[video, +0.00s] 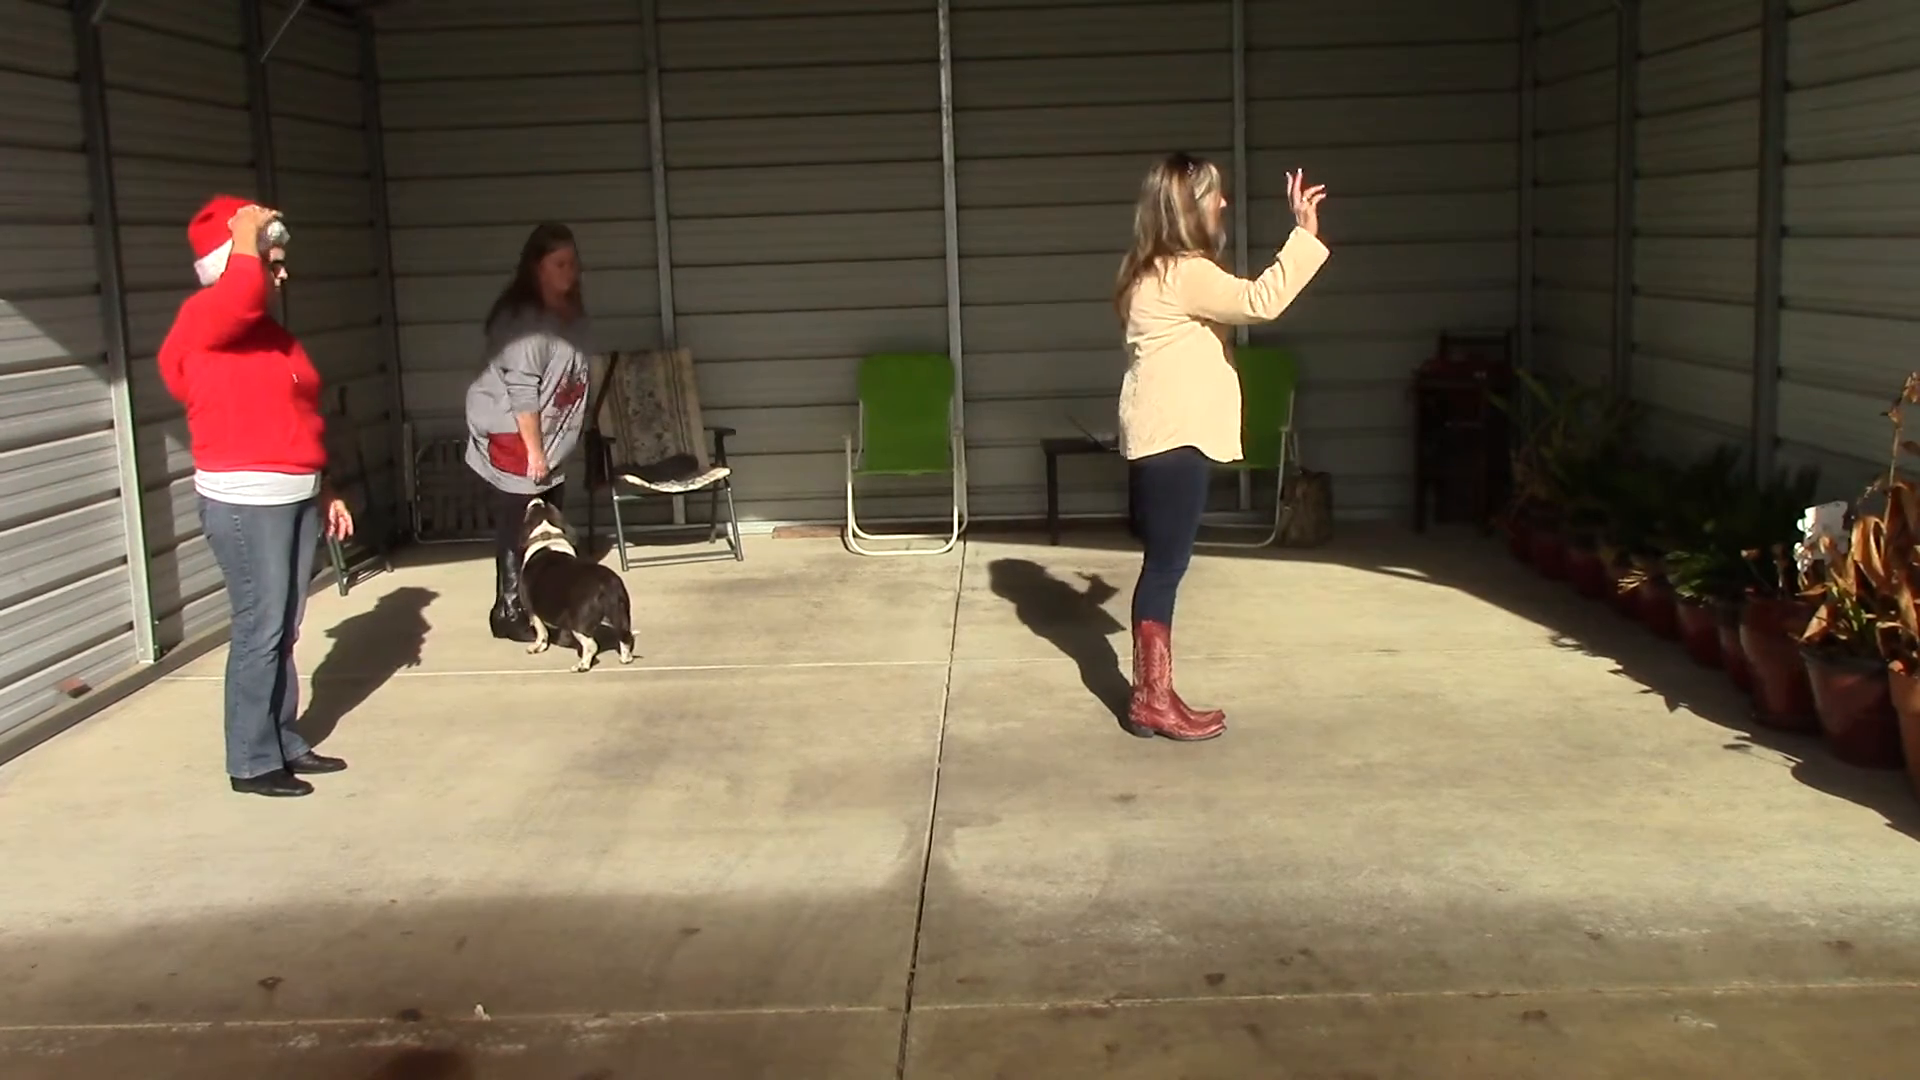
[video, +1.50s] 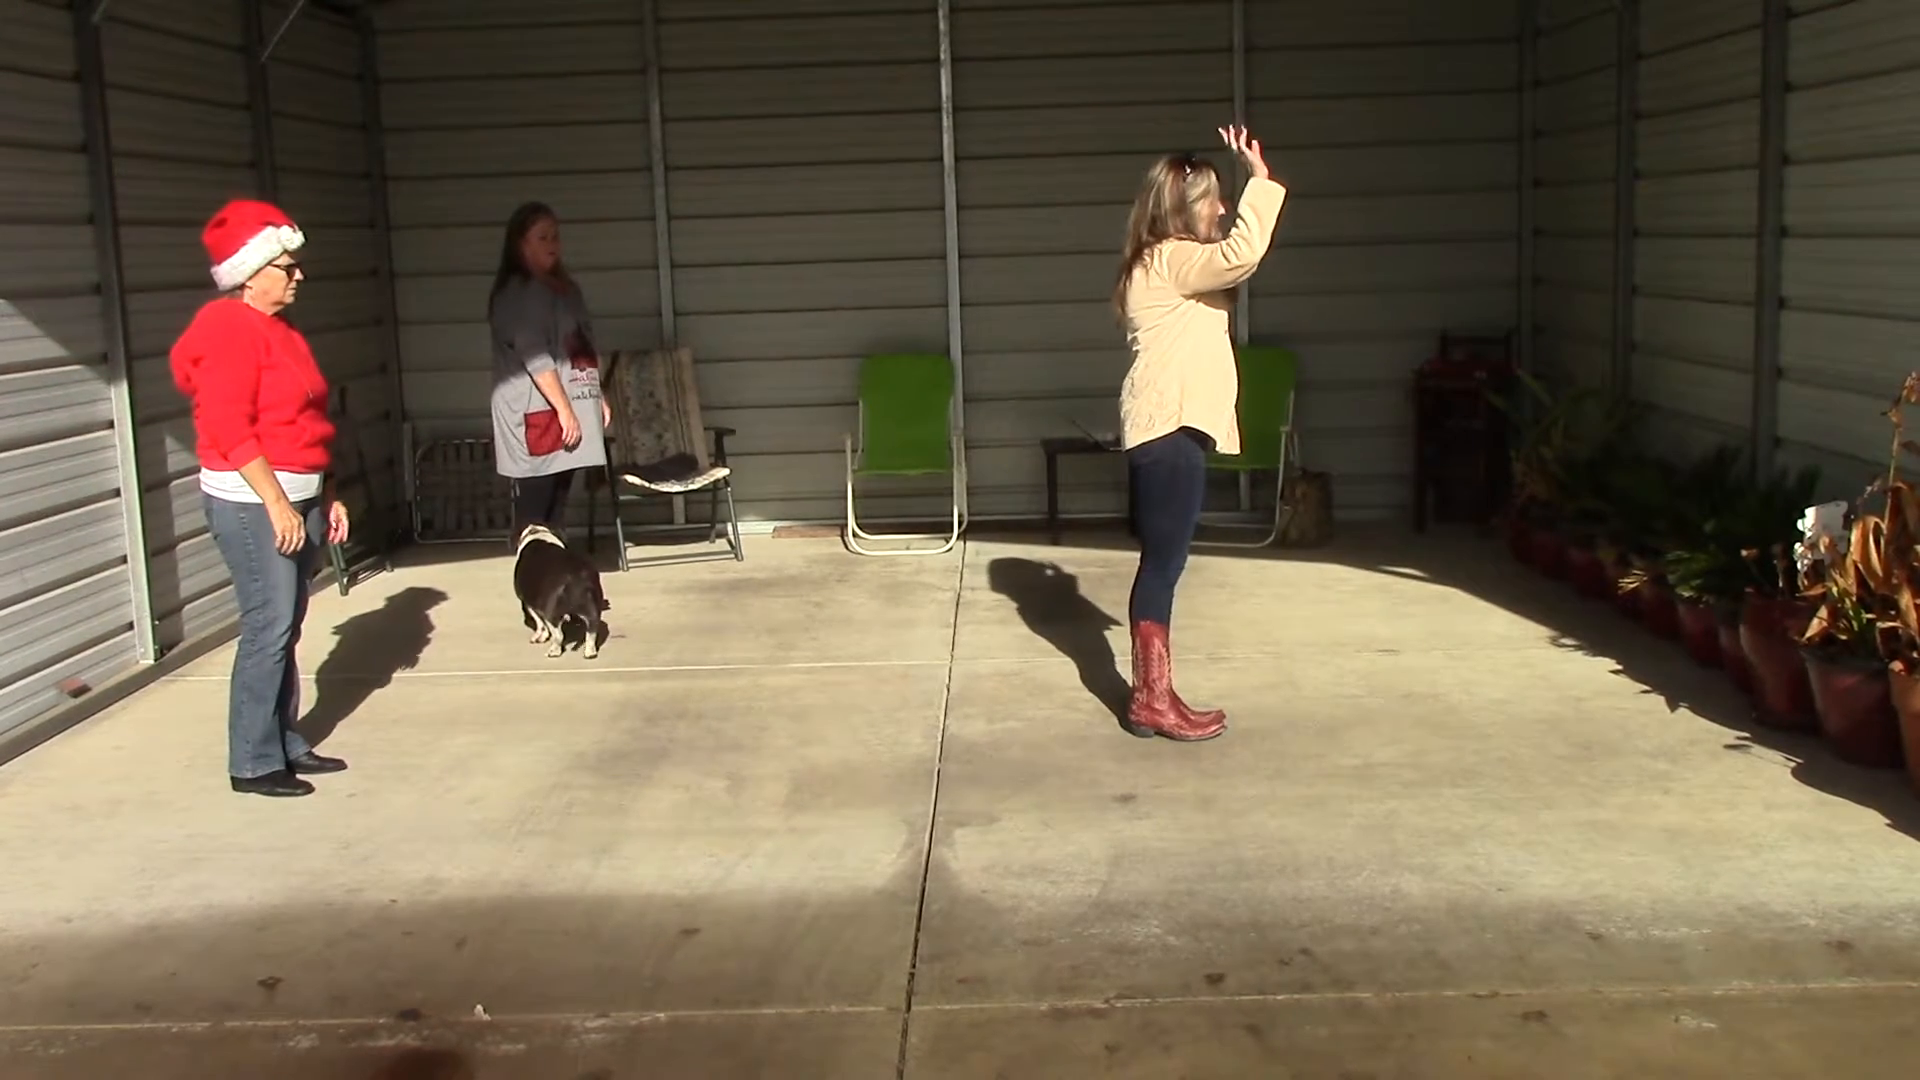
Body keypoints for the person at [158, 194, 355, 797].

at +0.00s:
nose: (283, 271)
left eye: (283, 260)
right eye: (273, 261)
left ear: (277, 266)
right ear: (230, 263)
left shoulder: (273, 332)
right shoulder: (199, 320)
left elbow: (301, 419)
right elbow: (244, 292)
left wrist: (325, 491)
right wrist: (245, 241)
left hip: (295, 494)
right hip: (244, 498)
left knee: (282, 630)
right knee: (259, 631)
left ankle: (282, 743)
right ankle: (250, 762)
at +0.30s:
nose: (279, 269)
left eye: (278, 258)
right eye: (268, 259)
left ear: (262, 264)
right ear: (229, 261)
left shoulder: (270, 331)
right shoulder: (201, 319)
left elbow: (295, 420)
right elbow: (237, 320)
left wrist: (319, 493)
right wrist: (249, 244)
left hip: (293, 494)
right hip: (245, 497)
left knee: (281, 628)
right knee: (259, 630)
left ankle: (283, 743)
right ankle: (250, 762)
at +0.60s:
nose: (289, 273)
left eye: (288, 263)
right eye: (280, 263)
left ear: (251, 269)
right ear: (245, 267)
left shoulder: (259, 322)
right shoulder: (221, 320)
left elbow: (265, 411)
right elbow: (204, 410)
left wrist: (297, 482)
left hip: (281, 493)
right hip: (243, 497)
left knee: (281, 626)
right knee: (260, 628)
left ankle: (282, 743)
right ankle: (251, 762)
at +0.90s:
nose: (290, 275)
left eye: (288, 265)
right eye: (278, 266)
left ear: (255, 272)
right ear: (243, 272)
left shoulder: (273, 327)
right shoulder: (216, 326)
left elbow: (289, 417)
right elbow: (202, 421)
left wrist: (311, 495)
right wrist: (238, 500)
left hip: (295, 494)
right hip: (251, 498)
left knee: (283, 625)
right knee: (270, 625)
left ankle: (284, 743)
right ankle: (252, 763)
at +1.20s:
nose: (292, 275)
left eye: (290, 265)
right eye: (281, 266)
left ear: (257, 272)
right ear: (245, 273)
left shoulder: (274, 329)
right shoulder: (221, 328)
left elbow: (298, 417)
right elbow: (220, 430)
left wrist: (331, 485)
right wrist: (276, 496)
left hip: (287, 496)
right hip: (244, 498)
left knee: (281, 627)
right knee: (266, 627)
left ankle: (281, 745)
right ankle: (252, 762)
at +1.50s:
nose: (298, 277)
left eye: (297, 267)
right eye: (287, 268)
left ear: (260, 274)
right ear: (250, 274)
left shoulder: (274, 329)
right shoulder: (227, 329)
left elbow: (296, 421)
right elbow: (228, 430)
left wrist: (324, 494)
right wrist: (276, 502)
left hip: (291, 496)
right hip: (248, 499)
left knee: (284, 626)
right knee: (268, 626)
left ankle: (282, 743)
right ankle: (252, 762)